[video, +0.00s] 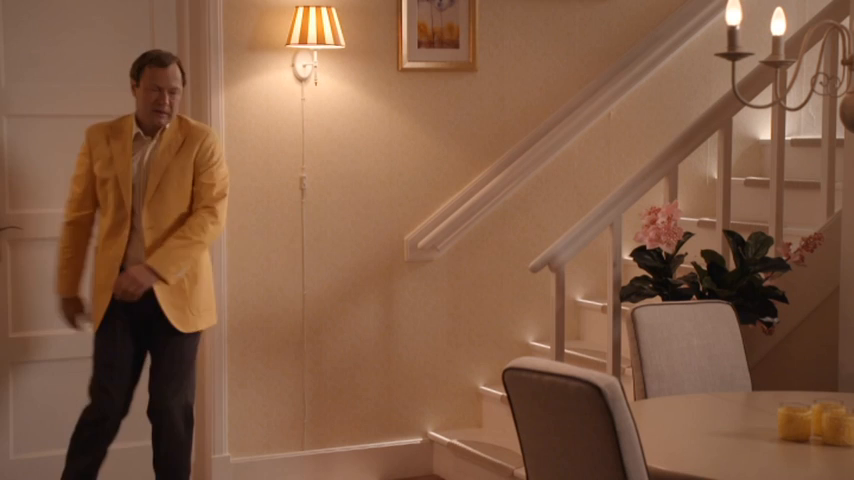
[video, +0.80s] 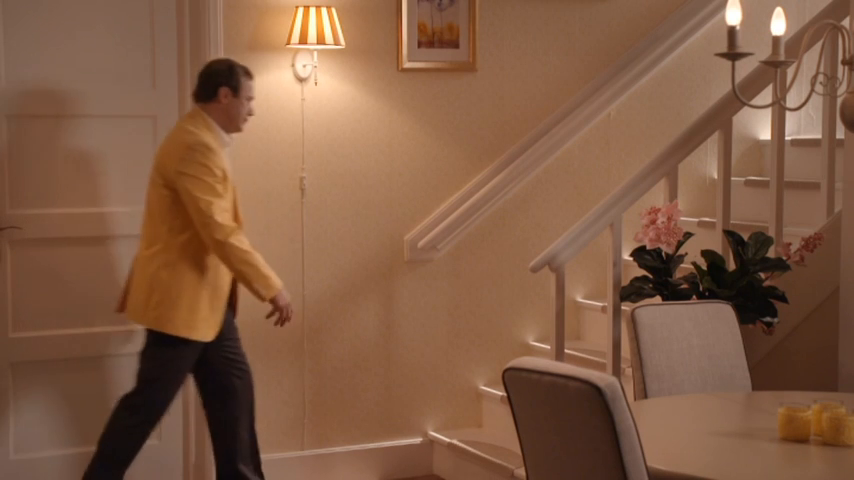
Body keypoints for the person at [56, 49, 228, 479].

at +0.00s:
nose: (165, 100)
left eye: (174, 92)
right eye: (156, 90)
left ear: (183, 95)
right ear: (135, 89)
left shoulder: (201, 142)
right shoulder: (100, 140)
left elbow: (209, 217)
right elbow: (78, 215)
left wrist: (154, 269)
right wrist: (69, 287)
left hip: (179, 298)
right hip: (119, 297)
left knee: (171, 412)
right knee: (106, 408)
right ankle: (75, 479)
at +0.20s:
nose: (173, 99)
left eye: (176, 90)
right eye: (164, 90)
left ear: (177, 91)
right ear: (131, 87)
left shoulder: (181, 138)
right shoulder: (87, 136)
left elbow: (202, 209)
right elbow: (38, 208)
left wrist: (223, 272)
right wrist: (6, 275)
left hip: (171, 288)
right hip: (110, 291)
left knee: (178, 404)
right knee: (93, 416)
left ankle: (167, 478)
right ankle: (79, 479)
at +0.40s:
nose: (182, 101)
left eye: (183, 92)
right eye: (176, 91)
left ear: (152, 90)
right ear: (146, 88)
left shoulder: (170, 136)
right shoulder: (104, 136)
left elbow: (192, 201)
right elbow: (75, 196)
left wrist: (240, 251)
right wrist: (58, 252)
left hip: (164, 292)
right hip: (116, 294)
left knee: (187, 411)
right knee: (96, 415)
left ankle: (201, 479)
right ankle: (78, 479)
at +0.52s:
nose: (195, 104)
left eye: (196, 95)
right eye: (190, 94)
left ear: (167, 92)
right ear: (162, 89)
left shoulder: (169, 138)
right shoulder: (122, 137)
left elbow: (184, 207)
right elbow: (114, 210)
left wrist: (223, 245)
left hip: (167, 291)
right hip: (123, 294)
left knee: (201, 409)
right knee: (102, 415)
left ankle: (226, 479)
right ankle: (80, 478)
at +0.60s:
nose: (207, 106)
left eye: (208, 97)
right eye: (202, 96)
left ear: (178, 93)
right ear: (176, 92)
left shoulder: (175, 142)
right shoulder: (140, 140)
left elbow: (185, 222)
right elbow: (151, 223)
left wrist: (213, 255)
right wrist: (193, 274)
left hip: (172, 295)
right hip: (133, 295)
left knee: (209, 407)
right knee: (110, 410)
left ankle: (237, 478)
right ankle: (84, 476)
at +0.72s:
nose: (233, 110)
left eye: (234, 101)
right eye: (229, 100)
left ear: (202, 97)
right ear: (203, 96)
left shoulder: (186, 141)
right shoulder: (171, 142)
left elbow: (193, 226)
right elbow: (195, 227)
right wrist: (253, 286)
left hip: (186, 299)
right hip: (155, 298)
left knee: (220, 399)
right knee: (126, 406)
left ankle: (238, 477)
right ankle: (90, 476)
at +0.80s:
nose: (252, 110)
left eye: (252, 100)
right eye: (247, 99)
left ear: (218, 97)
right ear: (223, 96)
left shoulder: (198, 138)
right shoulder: (194, 143)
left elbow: (168, 224)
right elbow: (220, 231)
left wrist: (138, 280)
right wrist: (273, 288)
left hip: (205, 298)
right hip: (181, 298)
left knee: (233, 393)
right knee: (147, 404)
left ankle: (242, 476)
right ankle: (99, 476)